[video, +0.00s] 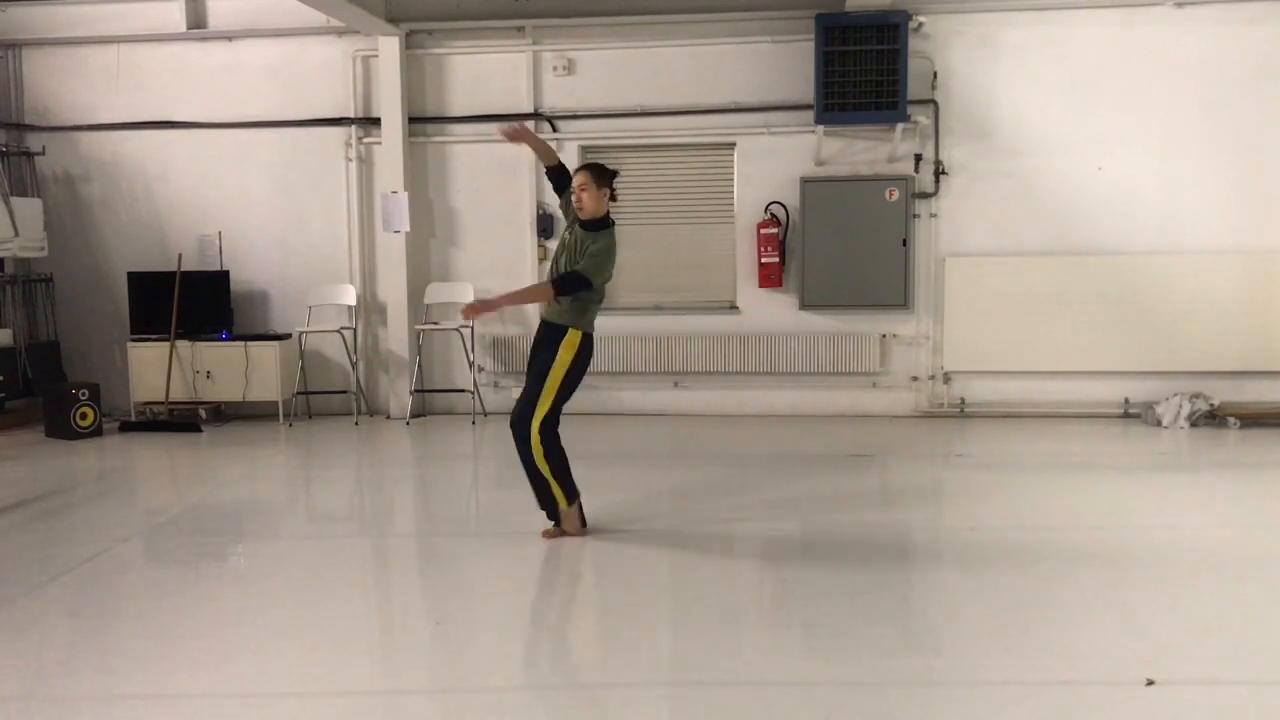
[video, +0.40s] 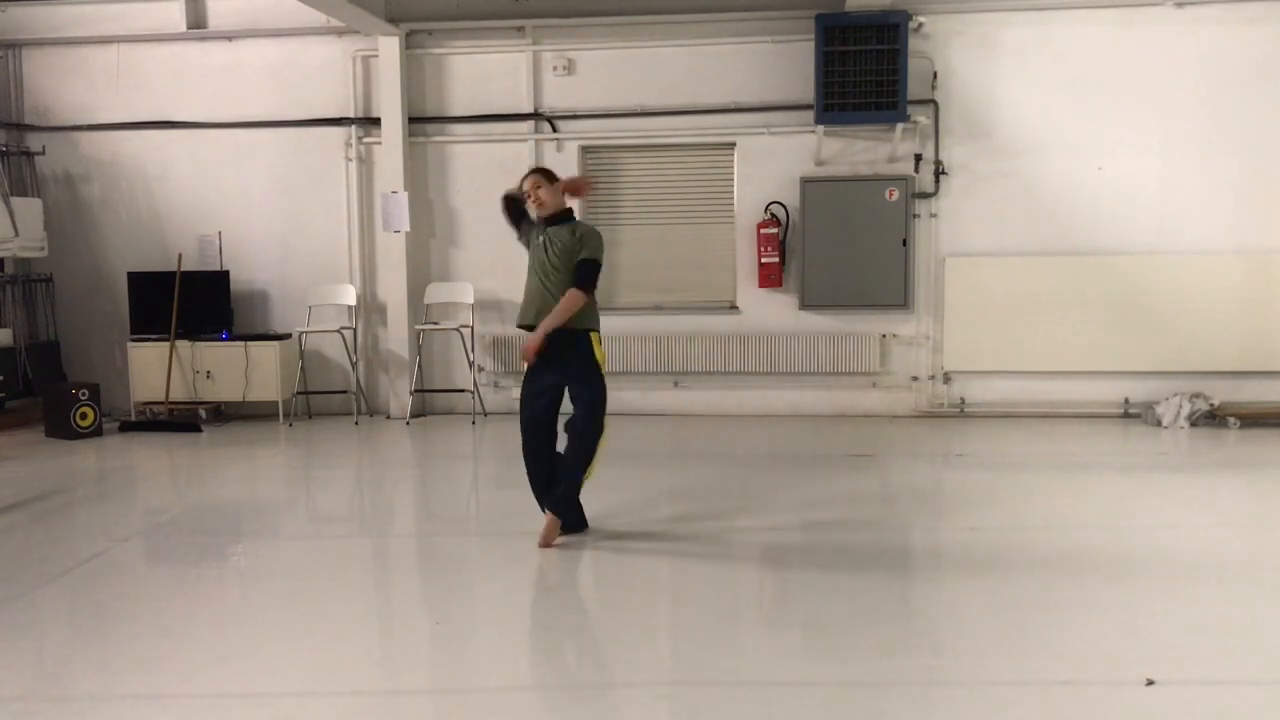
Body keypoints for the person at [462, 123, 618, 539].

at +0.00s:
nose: (577, 197)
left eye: (585, 190)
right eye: (575, 191)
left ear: (607, 194)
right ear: (573, 196)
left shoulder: (601, 247)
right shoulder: (577, 219)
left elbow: (559, 288)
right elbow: (557, 173)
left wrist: (497, 302)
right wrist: (530, 140)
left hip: (569, 341)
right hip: (552, 334)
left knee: (529, 422)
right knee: (537, 423)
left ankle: (566, 510)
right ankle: (566, 510)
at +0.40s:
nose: (532, 196)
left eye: (538, 188)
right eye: (528, 194)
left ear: (558, 191)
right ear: (528, 204)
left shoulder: (585, 234)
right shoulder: (535, 234)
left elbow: (582, 291)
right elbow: (511, 202)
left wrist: (540, 332)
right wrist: (561, 186)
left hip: (579, 340)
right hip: (542, 343)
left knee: (589, 422)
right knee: (535, 429)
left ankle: (559, 507)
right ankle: (568, 514)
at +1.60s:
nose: (597, 344)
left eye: (606, 341)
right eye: (593, 336)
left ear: (624, 329)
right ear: (589, 316)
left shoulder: (648, 329)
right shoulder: (602, 289)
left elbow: (655, 358)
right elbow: (596, 272)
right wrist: (572, 302)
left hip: (598, 398)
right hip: (567, 380)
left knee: (614, 474)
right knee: (516, 452)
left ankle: (680, 538)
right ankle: (567, 517)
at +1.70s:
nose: (617, 320)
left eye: (625, 322)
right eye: (618, 314)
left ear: (642, 323)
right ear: (622, 302)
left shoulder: (653, 340)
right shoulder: (623, 288)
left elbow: (682, 361)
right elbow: (604, 291)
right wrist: (581, 306)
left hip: (583, 400)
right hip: (555, 380)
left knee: (608, 476)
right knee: (505, 458)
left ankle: (677, 539)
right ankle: (566, 515)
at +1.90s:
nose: (674, 287)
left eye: (681, 296)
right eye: (680, 284)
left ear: (680, 314)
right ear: (673, 280)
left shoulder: (666, 334)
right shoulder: (636, 286)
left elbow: (713, 377)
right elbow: (611, 316)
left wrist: (769, 411)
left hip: (581, 391)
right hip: (552, 371)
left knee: (614, 472)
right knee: (508, 459)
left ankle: (676, 540)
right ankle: (565, 516)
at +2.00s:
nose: (689, 272)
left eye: (697, 280)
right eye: (694, 270)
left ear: (690, 302)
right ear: (678, 274)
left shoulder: (668, 327)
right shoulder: (633, 288)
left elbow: (692, 378)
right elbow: (606, 324)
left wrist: (727, 421)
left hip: (591, 388)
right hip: (560, 370)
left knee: (619, 471)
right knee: (520, 459)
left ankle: (680, 540)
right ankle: (567, 518)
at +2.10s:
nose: (679, 261)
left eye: (690, 266)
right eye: (683, 261)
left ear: (690, 290)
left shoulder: (671, 315)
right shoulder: (627, 294)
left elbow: (674, 375)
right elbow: (600, 337)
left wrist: (681, 422)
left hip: (605, 385)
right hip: (571, 374)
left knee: (624, 471)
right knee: (538, 457)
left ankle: (682, 541)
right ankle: (567, 519)